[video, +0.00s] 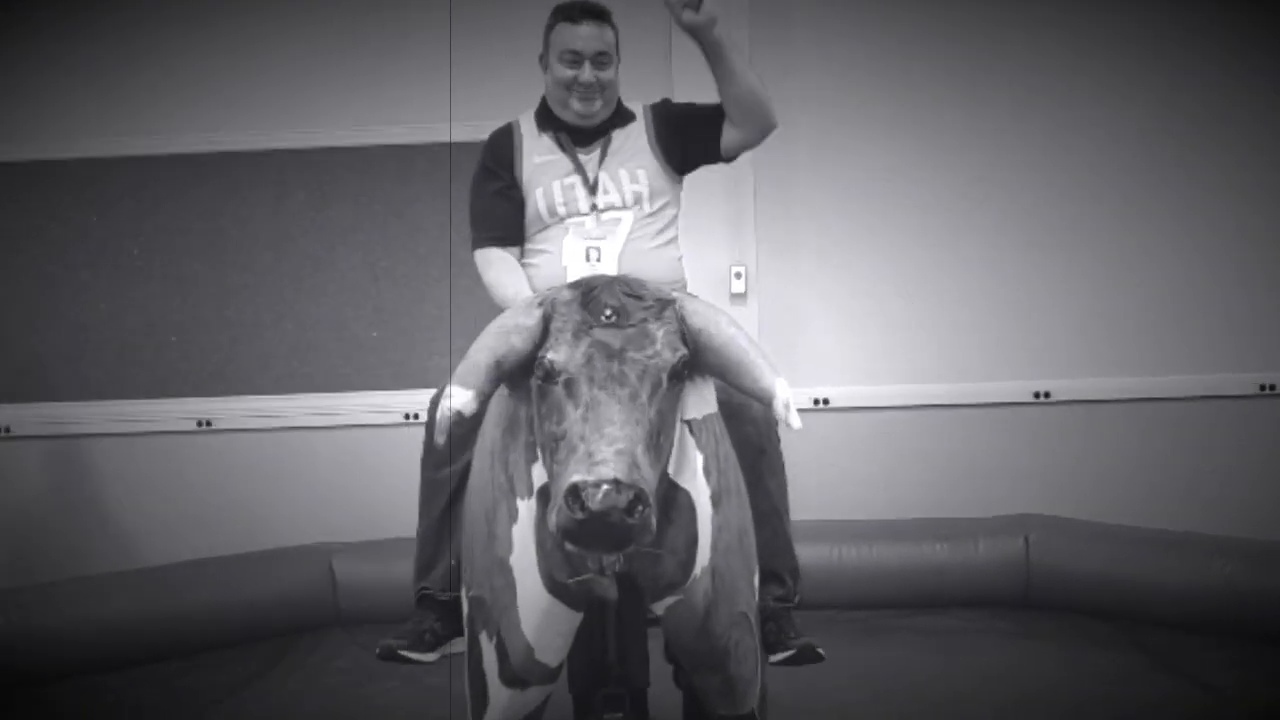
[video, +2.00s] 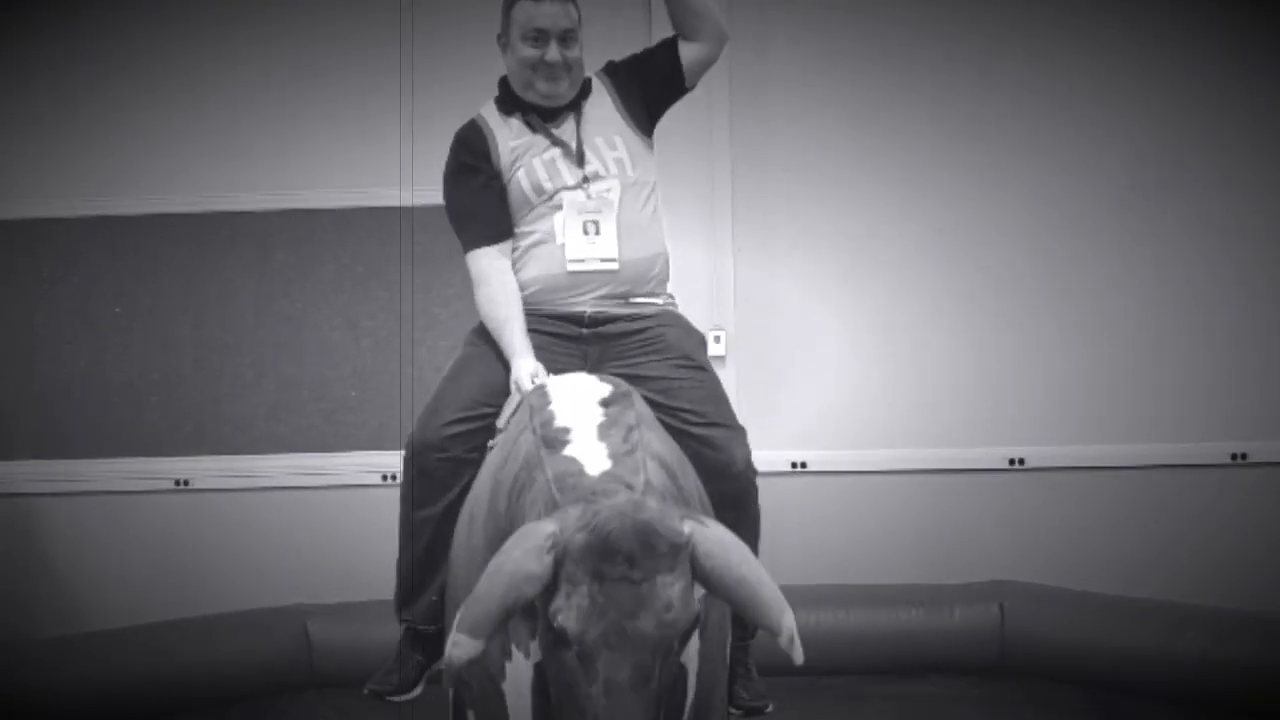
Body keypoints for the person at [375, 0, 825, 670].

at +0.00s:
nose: (585, 75)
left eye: (600, 60)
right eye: (569, 60)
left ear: (619, 65)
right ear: (543, 65)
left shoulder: (660, 129)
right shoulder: (511, 146)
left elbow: (754, 124)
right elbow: (493, 251)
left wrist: (709, 36)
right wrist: (537, 323)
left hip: (661, 311)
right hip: (550, 318)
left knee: (755, 407)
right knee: (451, 415)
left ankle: (774, 608)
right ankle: (440, 608)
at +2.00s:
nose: (553, 55)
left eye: (567, 38)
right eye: (535, 39)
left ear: (586, 39)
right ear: (502, 42)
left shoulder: (626, 92)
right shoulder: (479, 140)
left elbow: (707, 38)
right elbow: (490, 268)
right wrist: (521, 356)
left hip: (643, 325)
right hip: (530, 327)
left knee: (730, 465)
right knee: (434, 446)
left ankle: (734, 654)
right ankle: (421, 640)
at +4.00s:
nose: (497, 118)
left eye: (512, 95)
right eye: (474, 104)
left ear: (542, 103)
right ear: (453, 126)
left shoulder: (619, 161)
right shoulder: (447, 228)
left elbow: (707, 263)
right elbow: (470, 373)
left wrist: (677, 378)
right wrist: (513, 482)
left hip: (651, 441)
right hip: (513, 448)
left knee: (735, 604)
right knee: (411, 574)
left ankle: (750, 718)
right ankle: (406, 715)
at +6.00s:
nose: (533, 64)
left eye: (534, 51)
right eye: (509, 56)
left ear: (547, 65)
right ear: (474, 87)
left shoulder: (605, 132)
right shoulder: (466, 172)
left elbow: (699, 155)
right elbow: (474, 284)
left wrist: (765, 111)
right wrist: (508, 371)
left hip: (626, 339)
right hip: (519, 346)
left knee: (700, 476)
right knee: (434, 456)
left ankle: (725, 663)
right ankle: (418, 652)